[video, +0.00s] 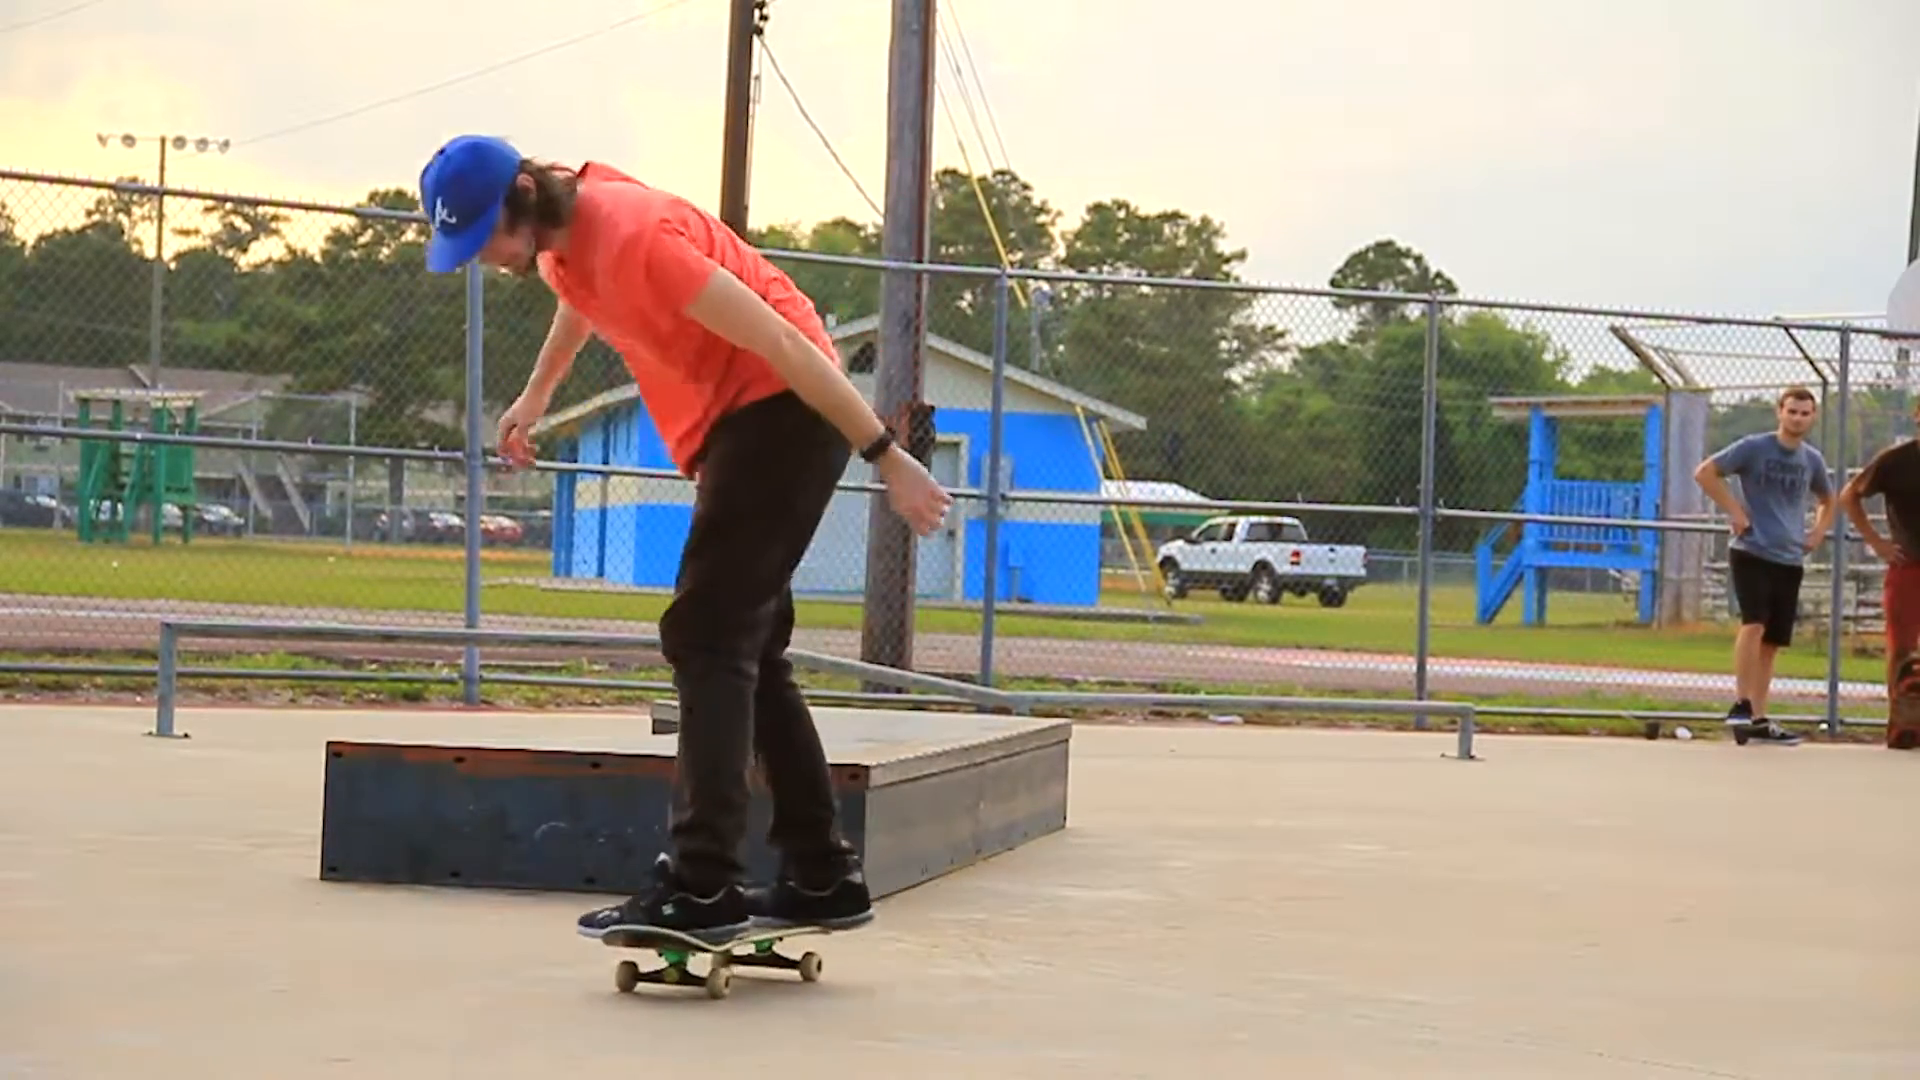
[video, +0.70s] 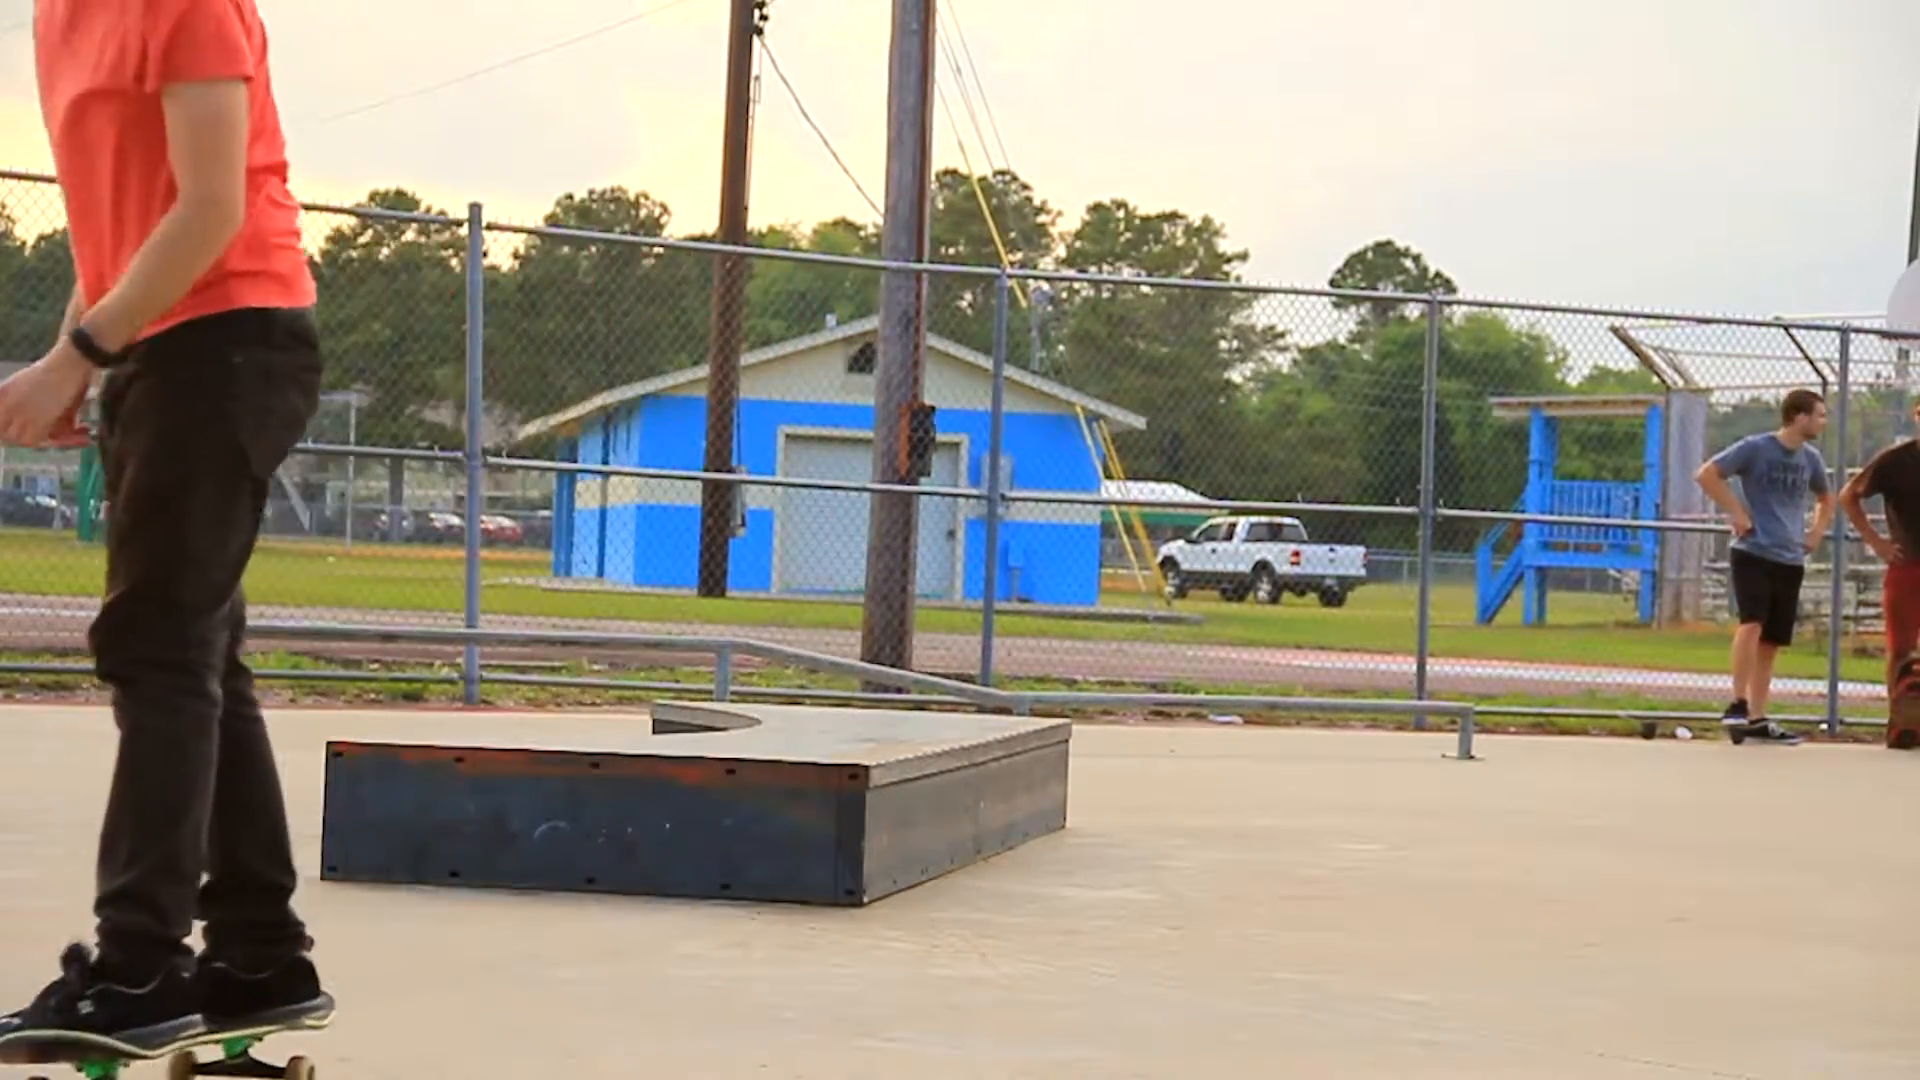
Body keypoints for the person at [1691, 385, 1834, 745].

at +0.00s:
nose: (1799, 418)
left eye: (1806, 413)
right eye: (1793, 411)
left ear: (1813, 419)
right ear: (1780, 413)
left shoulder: (1813, 459)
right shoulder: (1755, 447)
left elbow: (1828, 500)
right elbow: (1705, 473)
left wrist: (1817, 534)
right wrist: (1736, 512)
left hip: (1789, 557)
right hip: (1752, 550)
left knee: (1771, 641)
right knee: (1754, 624)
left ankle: (1759, 717)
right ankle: (1743, 704)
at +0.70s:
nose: (1824, 422)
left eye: (1824, 416)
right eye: (1820, 415)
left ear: (1806, 419)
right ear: (1798, 417)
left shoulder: (1811, 458)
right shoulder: (1756, 447)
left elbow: (1827, 499)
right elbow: (1707, 474)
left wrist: (1817, 532)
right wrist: (1737, 513)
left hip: (1790, 557)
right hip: (1753, 551)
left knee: (1771, 641)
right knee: (1752, 624)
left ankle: (1757, 716)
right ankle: (1739, 704)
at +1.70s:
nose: (1800, 402)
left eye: (1807, 395)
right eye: (1795, 396)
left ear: (1822, 399)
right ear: (1787, 401)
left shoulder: (1845, 443)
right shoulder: (1769, 446)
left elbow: (1887, 482)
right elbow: (1754, 502)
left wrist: (1857, 515)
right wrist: (1754, 554)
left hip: (1825, 557)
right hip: (1780, 554)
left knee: (1818, 640)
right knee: (1774, 637)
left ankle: (1808, 714)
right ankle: (1771, 712)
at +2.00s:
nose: (1799, 402)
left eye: (1805, 395)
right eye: (1793, 395)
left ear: (1820, 399)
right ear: (1786, 401)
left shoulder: (1843, 443)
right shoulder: (1767, 447)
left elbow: (1884, 481)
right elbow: (1753, 503)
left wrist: (1856, 515)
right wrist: (1752, 554)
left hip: (1824, 556)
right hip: (1779, 553)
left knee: (1817, 639)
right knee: (1774, 637)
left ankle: (1808, 714)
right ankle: (1770, 713)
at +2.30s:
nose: (1798, 402)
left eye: (1805, 396)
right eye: (1793, 396)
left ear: (1819, 400)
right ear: (1784, 401)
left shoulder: (1842, 444)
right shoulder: (1766, 447)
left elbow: (1884, 481)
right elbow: (1752, 504)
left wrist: (1855, 514)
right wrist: (1754, 555)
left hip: (1823, 556)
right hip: (1779, 553)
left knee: (1816, 640)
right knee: (1773, 638)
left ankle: (1807, 715)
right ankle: (1770, 712)